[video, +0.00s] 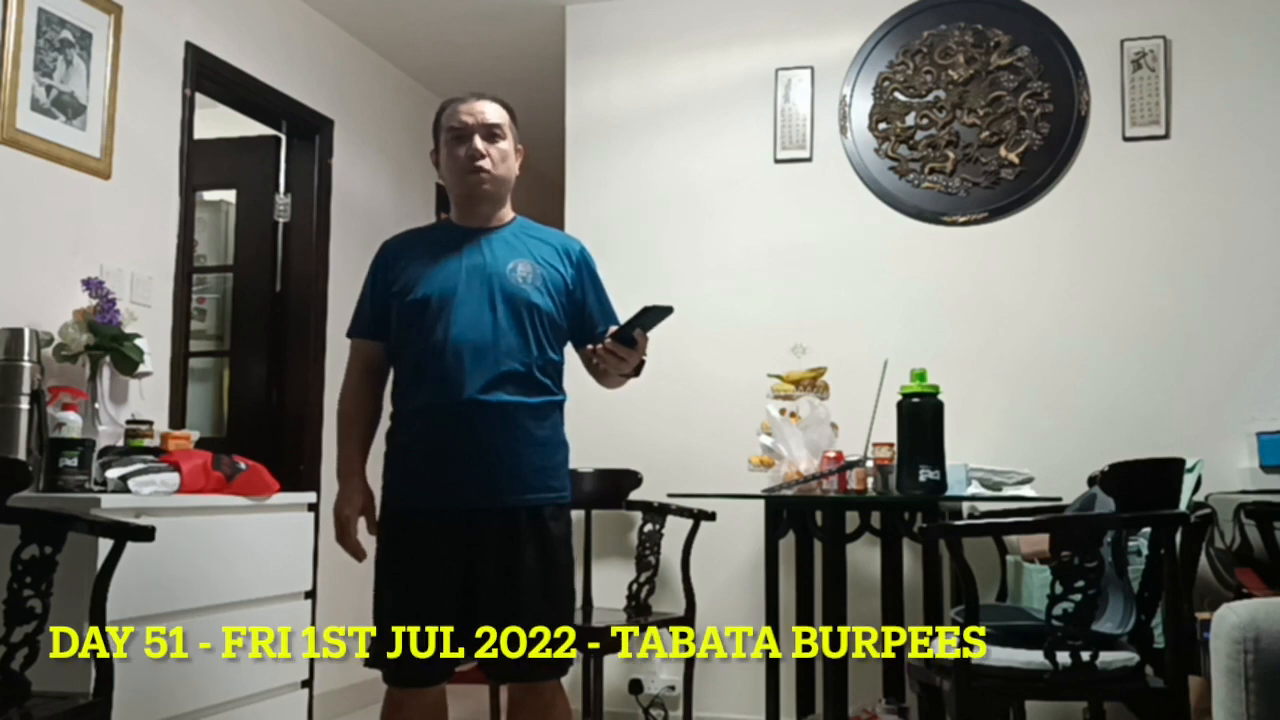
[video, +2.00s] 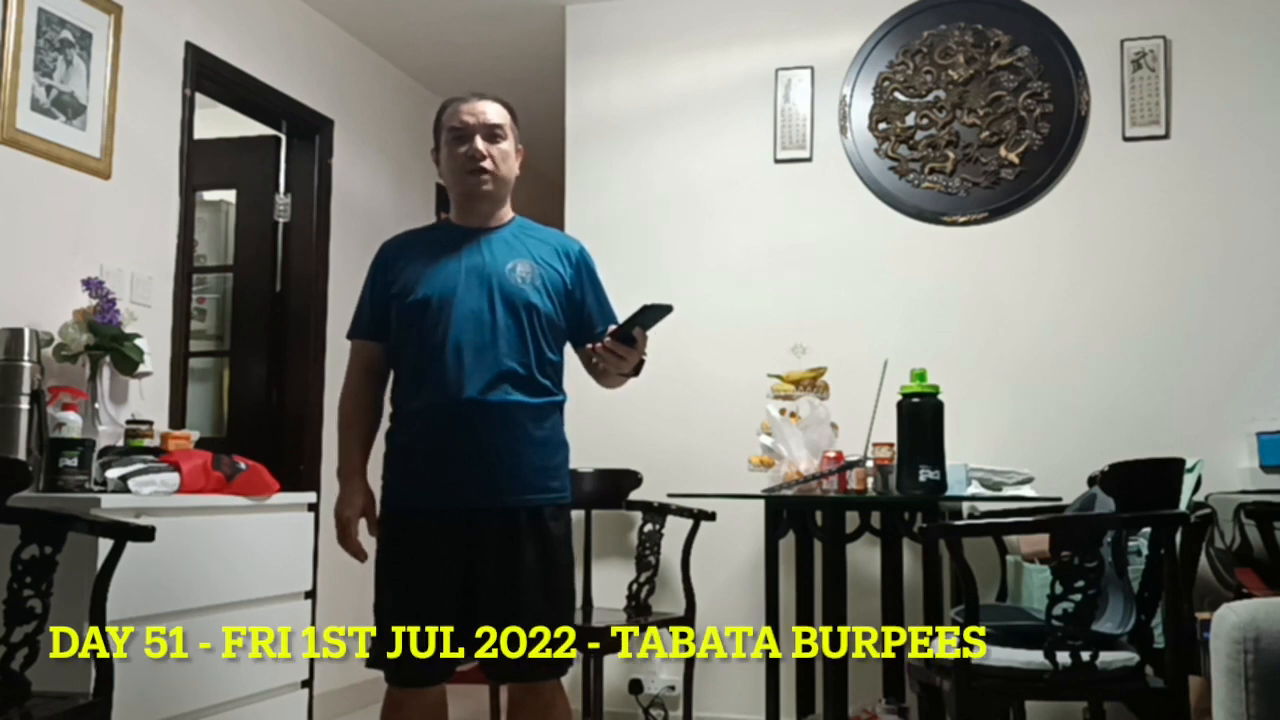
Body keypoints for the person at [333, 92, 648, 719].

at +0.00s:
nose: (476, 146)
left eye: (492, 134)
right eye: (459, 137)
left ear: (519, 158)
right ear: (437, 161)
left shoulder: (564, 253)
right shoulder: (400, 255)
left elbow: (604, 363)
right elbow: (365, 373)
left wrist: (622, 364)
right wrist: (351, 475)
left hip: (528, 496)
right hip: (421, 496)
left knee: (536, 681)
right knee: (411, 682)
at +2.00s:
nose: (477, 146)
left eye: (493, 135)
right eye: (460, 137)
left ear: (519, 159)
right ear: (437, 161)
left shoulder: (563, 253)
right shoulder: (400, 256)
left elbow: (603, 362)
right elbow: (365, 375)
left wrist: (622, 362)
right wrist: (352, 476)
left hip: (528, 496)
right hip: (421, 496)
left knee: (536, 680)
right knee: (412, 681)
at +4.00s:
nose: (543, 185)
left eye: (559, 167)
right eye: (523, 163)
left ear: (571, 171)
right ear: (481, 158)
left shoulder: (594, 274)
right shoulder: (416, 256)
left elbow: (638, 390)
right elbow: (362, 364)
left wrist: (653, 400)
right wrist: (352, 466)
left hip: (543, 521)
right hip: (428, 512)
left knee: (577, 700)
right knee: (398, 701)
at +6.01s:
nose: (438, 560)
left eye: (455, 540)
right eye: (418, 544)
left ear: (492, 498)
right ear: (395, 514)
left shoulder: (553, 512)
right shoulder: (364, 520)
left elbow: (574, 668)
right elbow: (332, 667)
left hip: (525, 586)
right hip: (427, 593)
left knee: (565, 678)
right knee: (389, 690)